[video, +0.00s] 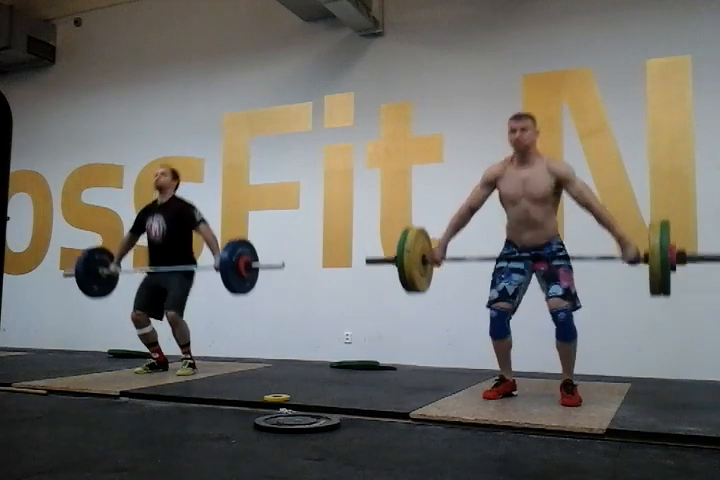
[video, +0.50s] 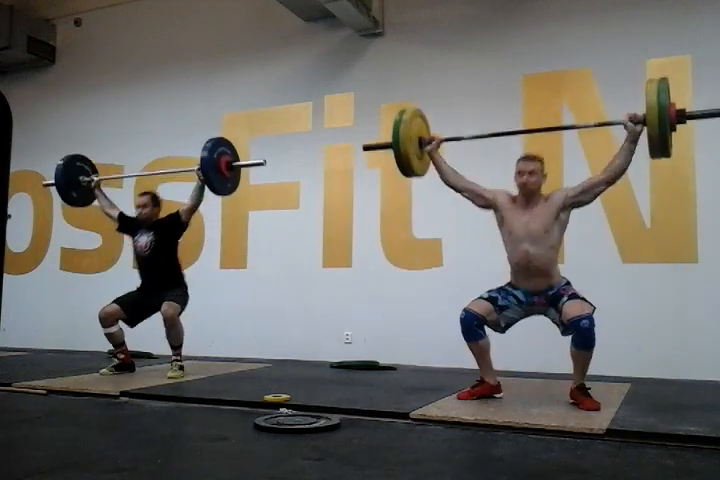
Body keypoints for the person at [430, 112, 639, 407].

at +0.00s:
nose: (518, 136)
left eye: (523, 130)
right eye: (513, 131)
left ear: (536, 134)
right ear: (508, 136)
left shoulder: (555, 170)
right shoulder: (497, 173)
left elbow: (592, 205)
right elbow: (468, 209)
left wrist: (623, 241)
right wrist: (442, 242)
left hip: (550, 251)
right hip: (514, 252)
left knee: (562, 315)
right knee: (498, 315)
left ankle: (568, 383)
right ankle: (506, 380)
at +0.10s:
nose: (525, 119)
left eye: (530, 114)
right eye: (520, 115)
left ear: (542, 118)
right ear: (515, 121)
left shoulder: (560, 152)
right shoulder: (502, 155)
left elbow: (596, 184)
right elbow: (470, 186)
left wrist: (624, 214)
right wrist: (442, 216)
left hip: (547, 236)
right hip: (512, 237)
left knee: (556, 309)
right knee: (505, 308)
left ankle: (567, 380)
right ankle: (506, 377)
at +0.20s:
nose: (531, 116)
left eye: (537, 112)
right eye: (527, 113)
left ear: (548, 119)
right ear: (521, 120)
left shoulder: (561, 145)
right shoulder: (508, 147)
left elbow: (599, 157)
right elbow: (470, 165)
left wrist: (623, 173)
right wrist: (440, 183)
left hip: (547, 221)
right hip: (512, 221)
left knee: (562, 295)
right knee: (499, 294)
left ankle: (573, 375)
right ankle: (499, 368)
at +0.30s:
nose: (533, 124)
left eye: (539, 120)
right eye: (529, 120)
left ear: (550, 126)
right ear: (523, 127)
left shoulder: (564, 154)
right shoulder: (509, 155)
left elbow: (610, 162)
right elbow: (465, 168)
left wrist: (625, 150)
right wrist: (436, 161)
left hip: (551, 240)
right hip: (514, 241)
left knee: (575, 306)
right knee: (481, 300)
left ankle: (576, 374)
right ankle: (493, 372)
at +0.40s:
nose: (531, 151)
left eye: (537, 146)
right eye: (527, 146)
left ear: (548, 151)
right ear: (521, 150)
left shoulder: (564, 180)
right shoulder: (506, 182)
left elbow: (612, 177)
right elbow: (462, 182)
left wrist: (628, 140)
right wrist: (435, 153)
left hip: (554, 272)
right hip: (516, 273)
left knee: (583, 318)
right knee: (469, 314)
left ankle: (579, 387)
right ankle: (488, 381)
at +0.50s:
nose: (525, 179)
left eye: (531, 174)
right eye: (520, 174)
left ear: (543, 178)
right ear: (514, 178)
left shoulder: (560, 202)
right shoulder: (500, 202)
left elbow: (607, 177)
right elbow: (458, 183)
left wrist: (632, 135)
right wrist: (434, 153)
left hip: (555, 292)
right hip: (516, 292)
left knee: (584, 322)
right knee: (470, 318)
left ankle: (578, 388)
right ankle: (489, 382)